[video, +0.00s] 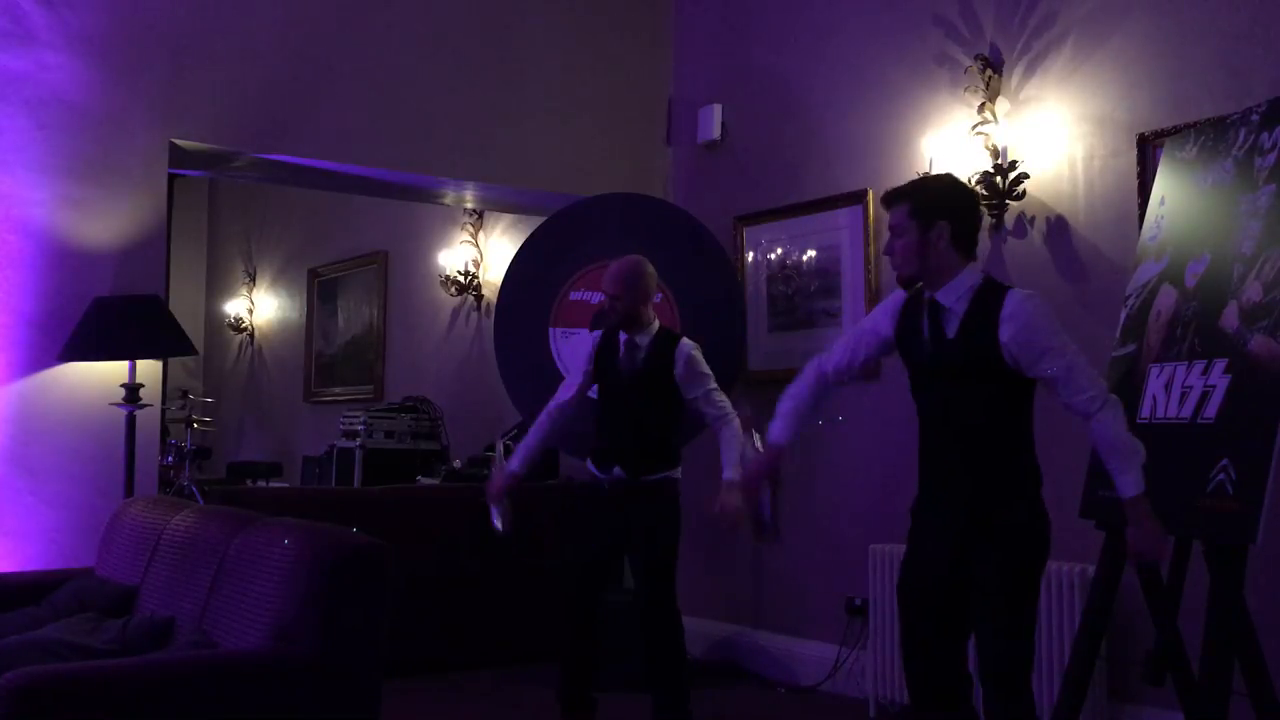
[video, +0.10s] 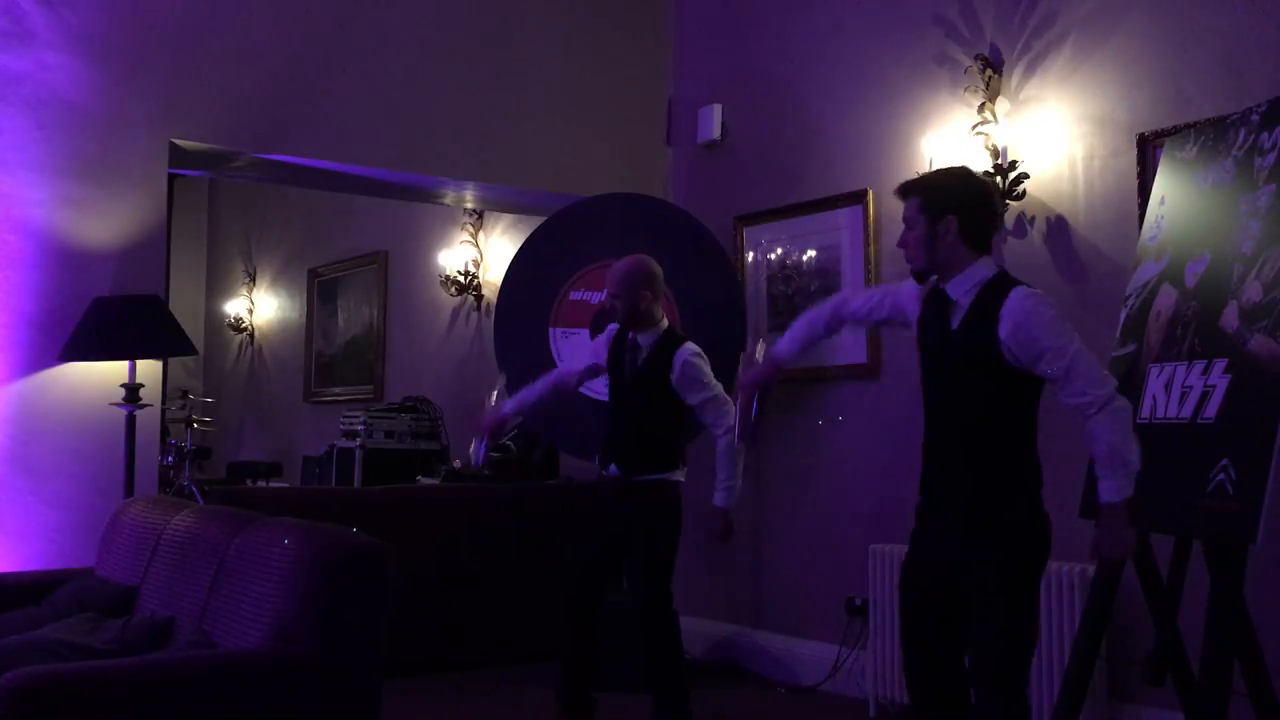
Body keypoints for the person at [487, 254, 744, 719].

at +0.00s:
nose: (612, 308)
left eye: (622, 300)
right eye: (609, 300)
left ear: (648, 299)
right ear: (608, 299)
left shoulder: (681, 354)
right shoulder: (599, 349)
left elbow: (724, 417)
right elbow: (557, 408)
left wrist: (730, 480)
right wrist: (514, 468)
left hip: (656, 496)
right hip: (600, 493)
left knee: (657, 605)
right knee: (585, 602)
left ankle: (669, 707)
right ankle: (577, 705)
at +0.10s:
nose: (614, 305)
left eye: (622, 296)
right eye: (612, 296)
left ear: (649, 297)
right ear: (615, 298)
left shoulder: (682, 357)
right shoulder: (615, 346)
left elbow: (725, 421)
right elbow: (562, 378)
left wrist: (723, 499)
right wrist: (506, 411)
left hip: (658, 496)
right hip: (612, 492)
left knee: (652, 607)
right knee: (592, 598)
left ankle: (671, 709)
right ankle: (579, 703)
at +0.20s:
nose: (610, 301)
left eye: (618, 293)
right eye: (611, 292)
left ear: (644, 295)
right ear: (640, 295)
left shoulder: (679, 359)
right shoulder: (621, 336)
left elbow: (724, 430)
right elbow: (572, 340)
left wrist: (712, 497)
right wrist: (517, 352)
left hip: (657, 497)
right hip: (616, 489)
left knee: (650, 607)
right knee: (594, 596)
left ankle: (669, 708)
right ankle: (578, 701)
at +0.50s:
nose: (610, 297)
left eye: (616, 289)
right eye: (610, 289)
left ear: (635, 293)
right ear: (649, 290)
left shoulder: (679, 356)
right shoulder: (619, 336)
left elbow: (716, 421)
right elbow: (620, 380)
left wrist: (681, 447)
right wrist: (571, 378)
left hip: (653, 492)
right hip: (613, 486)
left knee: (651, 599)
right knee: (594, 593)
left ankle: (668, 703)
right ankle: (586, 699)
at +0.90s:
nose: (592, 319)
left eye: (599, 309)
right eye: (589, 309)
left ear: (625, 304)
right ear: (593, 306)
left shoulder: (674, 351)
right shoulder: (602, 351)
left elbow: (729, 406)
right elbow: (603, 404)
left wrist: (708, 463)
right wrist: (572, 453)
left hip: (661, 491)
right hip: (612, 489)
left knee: (657, 599)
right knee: (596, 596)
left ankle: (671, 702)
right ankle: (589, 700)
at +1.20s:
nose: (579, 311)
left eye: (586, 301)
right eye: (574, 303)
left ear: (611, 298)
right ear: (576, 303)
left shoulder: (645, 351)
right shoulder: (596, 352)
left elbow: (683, 422)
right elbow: (606, 416)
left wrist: (708, 494)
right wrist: (578, 469)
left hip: (647, 492)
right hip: (609, 490)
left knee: (643, 601)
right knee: (604, 598)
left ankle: (670, 702)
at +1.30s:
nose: (582, 309)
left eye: (589, 300)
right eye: (579, 301)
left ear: (616, 299)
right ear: (585, 303)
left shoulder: (643, 353)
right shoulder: (601, 353)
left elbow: (656, 431)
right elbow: (603, 425)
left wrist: (655, 506)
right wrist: (573, 475)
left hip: (633, 497)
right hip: (601, 495)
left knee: (640, 607)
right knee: (597, 604)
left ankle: (665, 702)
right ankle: (591, 699)